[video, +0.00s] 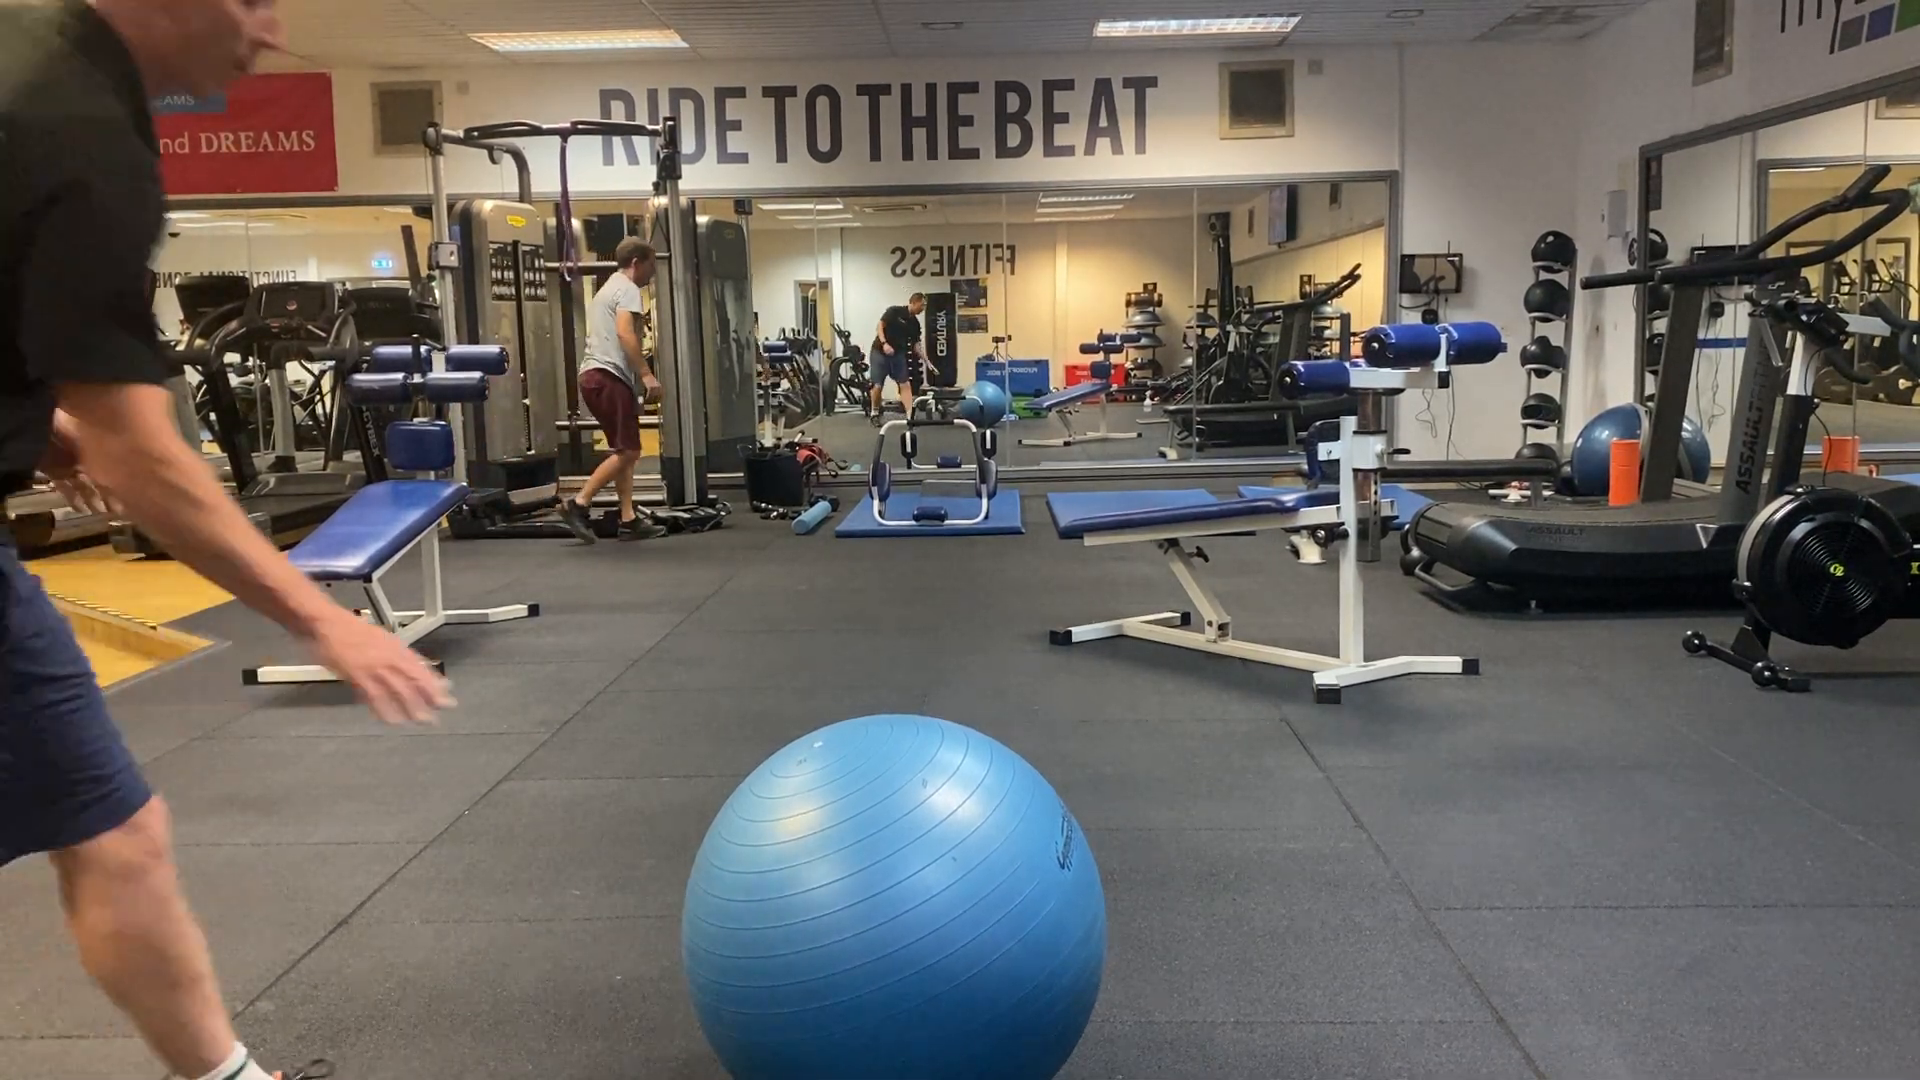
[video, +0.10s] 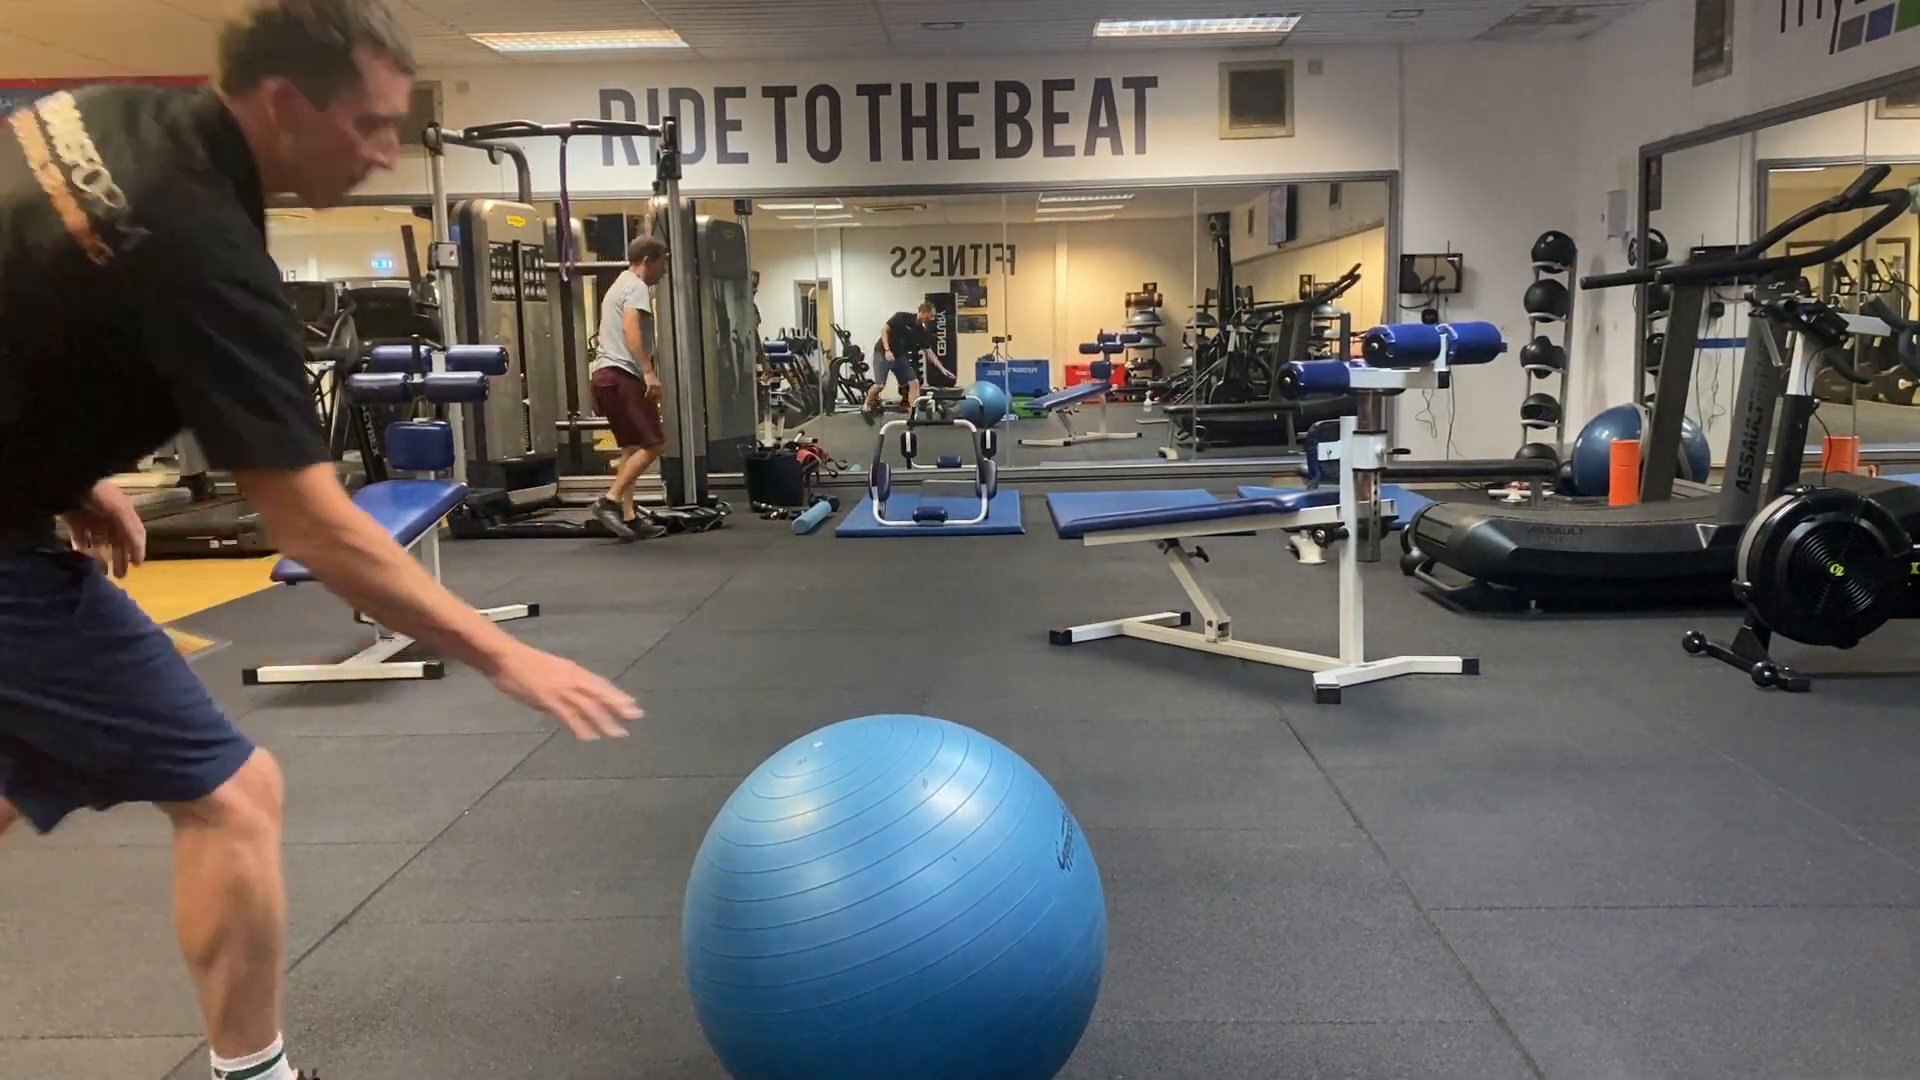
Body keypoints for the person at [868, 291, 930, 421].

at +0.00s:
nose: (922, 309)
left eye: (923, 306)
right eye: (921, 306)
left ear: (918, 305)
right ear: (913, 302)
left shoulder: (915, 324)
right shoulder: (894, 311)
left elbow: (917, 346)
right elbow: (880, 326)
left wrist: (926, 361)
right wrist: (884, 343)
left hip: (899, 353)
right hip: (881, 350)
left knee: (904, 383)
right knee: (877, 385)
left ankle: (910, 415)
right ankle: (875, 413)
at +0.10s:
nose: (927, 318)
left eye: (929, 316)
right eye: (926, 315)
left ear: (930, 316)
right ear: (920, 312)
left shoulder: (923, 332)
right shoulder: (901, 317)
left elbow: (929, 353)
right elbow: (884, 330)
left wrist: (943, 370)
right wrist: (887, 350)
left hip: (899, 355)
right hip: (883, 351)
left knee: (913, 384)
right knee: (879, 385)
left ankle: (913, 417)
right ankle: (866, 406)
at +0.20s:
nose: (935, 328)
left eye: (936, 325)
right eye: (934, 324)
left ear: (934, 324)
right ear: (926, 322)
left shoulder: (929, 337)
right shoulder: (907, 324)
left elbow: (936, 356)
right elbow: (888, 337)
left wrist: (953, 371)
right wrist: (889, 358)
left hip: (901, 359)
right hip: (884, 356)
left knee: (916, 384)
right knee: (882, 388)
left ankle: (913, 416)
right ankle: (856, 404)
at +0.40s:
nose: (939, 339)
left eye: (939, 337)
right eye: (938, 336)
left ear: (933, 336)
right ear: (931, 334)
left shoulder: (931, 348)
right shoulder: (915, 337)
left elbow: (938, 366)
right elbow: (895, 351)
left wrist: (957, 380)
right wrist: (900, 373)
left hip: (904, 370)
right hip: (886, 368)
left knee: (923, 387)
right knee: (883, 402)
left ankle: (911, 408)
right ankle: (851, 412)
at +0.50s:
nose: (937, 343)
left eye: (937, 340)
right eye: (936, 340)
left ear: (929, 338)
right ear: (928, 338)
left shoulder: (925, 351)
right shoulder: (913, 345)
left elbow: (935, 371)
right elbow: (898, 361)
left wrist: (951, 384)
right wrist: (907, 381)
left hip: (904, 376)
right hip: (888, 377)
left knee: (925, 387)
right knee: (892, 411)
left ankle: (902, 406)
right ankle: (859, 412)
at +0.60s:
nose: (933, 341)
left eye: (934, 339)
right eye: (932, 338)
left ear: (924, 338)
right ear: (923, 338)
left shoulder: (921, 351)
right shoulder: (911, 347)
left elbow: (927, 371)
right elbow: (901, 366)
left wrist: (944, 385)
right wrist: (914, 385)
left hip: (901, 381)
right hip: (890, 381)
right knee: (892, 417)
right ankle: (856, 414)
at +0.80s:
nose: (922, 337)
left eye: (922, 334)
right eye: (919, 334)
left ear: (912, 337)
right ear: (912, 336)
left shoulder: (911, 350)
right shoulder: (906, 350)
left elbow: (914, 370)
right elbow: (907, 373)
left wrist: (925, 385)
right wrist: (924, 385)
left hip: (897, 382)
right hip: (886, 385)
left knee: (919, 384)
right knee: (892, 420)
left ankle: (914, 416)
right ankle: (857, 414)